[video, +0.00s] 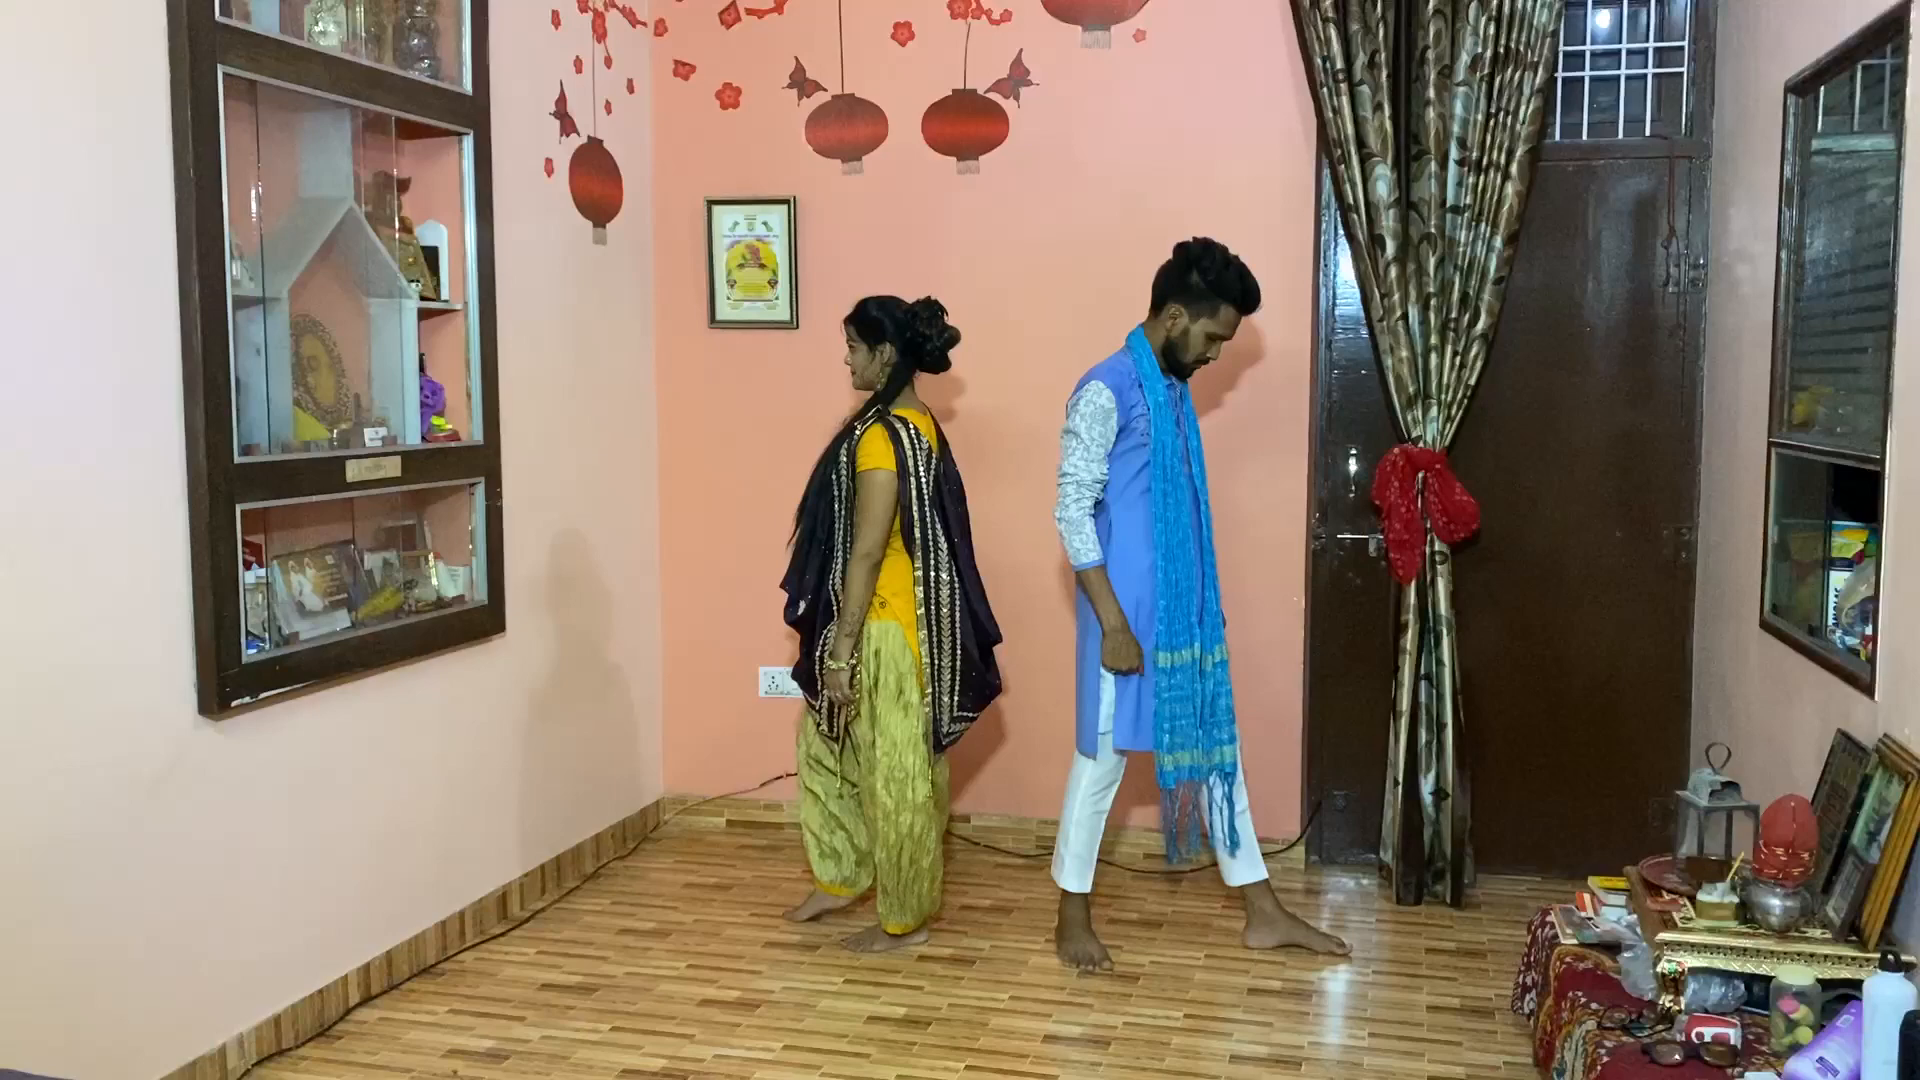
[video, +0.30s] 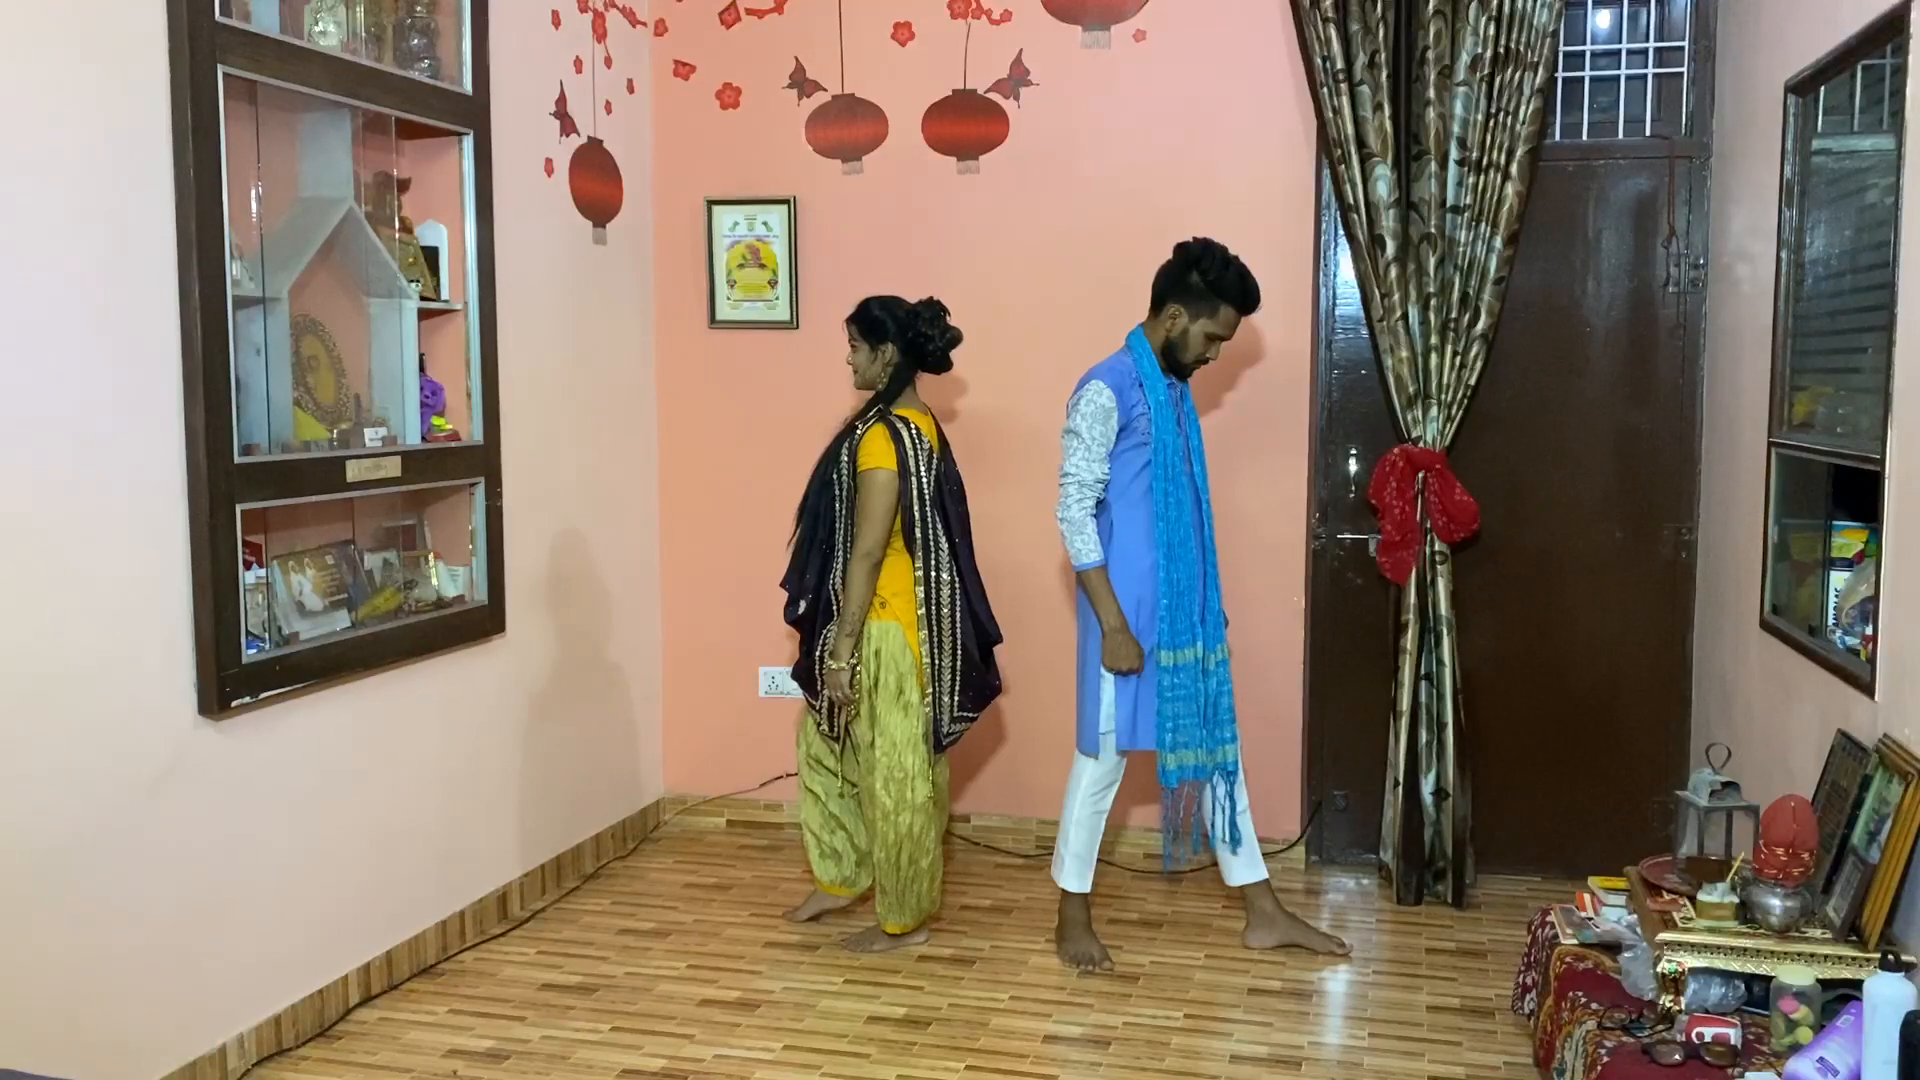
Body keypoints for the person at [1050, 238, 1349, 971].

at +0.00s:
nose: (1218, 351)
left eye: (1226, 338)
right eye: (1214, 335)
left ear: (1192, 320)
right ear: (1171, 313)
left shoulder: (1172, 391)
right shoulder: (1104, 394)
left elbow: (1170, 514)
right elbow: (1073, 515)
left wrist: (1197, 606)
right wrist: (1113, 623)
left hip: (1185, 607)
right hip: (1122, 608)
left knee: (1214, 745)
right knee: (1102, 758)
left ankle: (1263, 908)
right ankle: (1073, 916)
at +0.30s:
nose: (1217, 352)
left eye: (1224, 339)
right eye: (1213, 336)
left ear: (1194, 321)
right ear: (1171, 313)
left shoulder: (1173, 391)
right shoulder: (1104, 393)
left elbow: (1177, 516)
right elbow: (1075, 515)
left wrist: (1204, 608)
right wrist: (1113, 623)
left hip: (1186, 606)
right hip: (1123, 607)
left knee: (1214, 746)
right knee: (1102, 757)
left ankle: (1263, 908)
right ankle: (1073, 914)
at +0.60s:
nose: (1217, 352)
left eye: (1225, 340)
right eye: (1214, 336)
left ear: (1196, 320)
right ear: (1171, 312)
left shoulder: (1173, 390)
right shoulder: (1105, 393)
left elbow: (1176, 516)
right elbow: (1075, 515)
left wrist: (1202, 609)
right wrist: (1112, 624)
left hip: (1185, 606)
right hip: (1122, 607)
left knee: (1213, 746)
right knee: (1102, 756)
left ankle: (1263, 908)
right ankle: (1073, 915)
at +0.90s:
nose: (1218, 353)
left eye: (1226, 340)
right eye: (1215, 337)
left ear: (1195, 320)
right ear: (1173, 313)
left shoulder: (1172, 390)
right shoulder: (1105, 393)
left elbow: (1171, 515)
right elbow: (1075, 514)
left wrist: (1197, 607)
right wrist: (1113, 623)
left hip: (1185, 605)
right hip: (1123, 606)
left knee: (1213, 745)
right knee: (1103, 756)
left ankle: (1263, 908)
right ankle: (1073, 915)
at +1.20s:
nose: (1218, 353)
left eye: (1226, 340)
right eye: (1215, 336)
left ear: (1193, 320)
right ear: (1173, 312)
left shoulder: (1172, 393)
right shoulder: (1105, 393)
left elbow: (1172, 516)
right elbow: (1075, 515)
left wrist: (1197, 607)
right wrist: (1113, 623)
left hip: (1184, 605)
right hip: (1122, 607)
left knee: (1211, 745)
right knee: (1102, 756)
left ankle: (1263, 907)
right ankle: (1072, 914)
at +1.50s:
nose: (1218, 353)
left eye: (1226, 340)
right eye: (1215, 336)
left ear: (1194, 320)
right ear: (1173, 312)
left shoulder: (1172, 392)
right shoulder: (1105, 393)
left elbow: (1173, 516)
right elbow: (1076, 515)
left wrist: (1199, 608)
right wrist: (1113, 623)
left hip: (1184, 605)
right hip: (1122, 607)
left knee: (1211, 745)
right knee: (1102, 756)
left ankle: (1263, 907)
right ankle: (1072, 913)